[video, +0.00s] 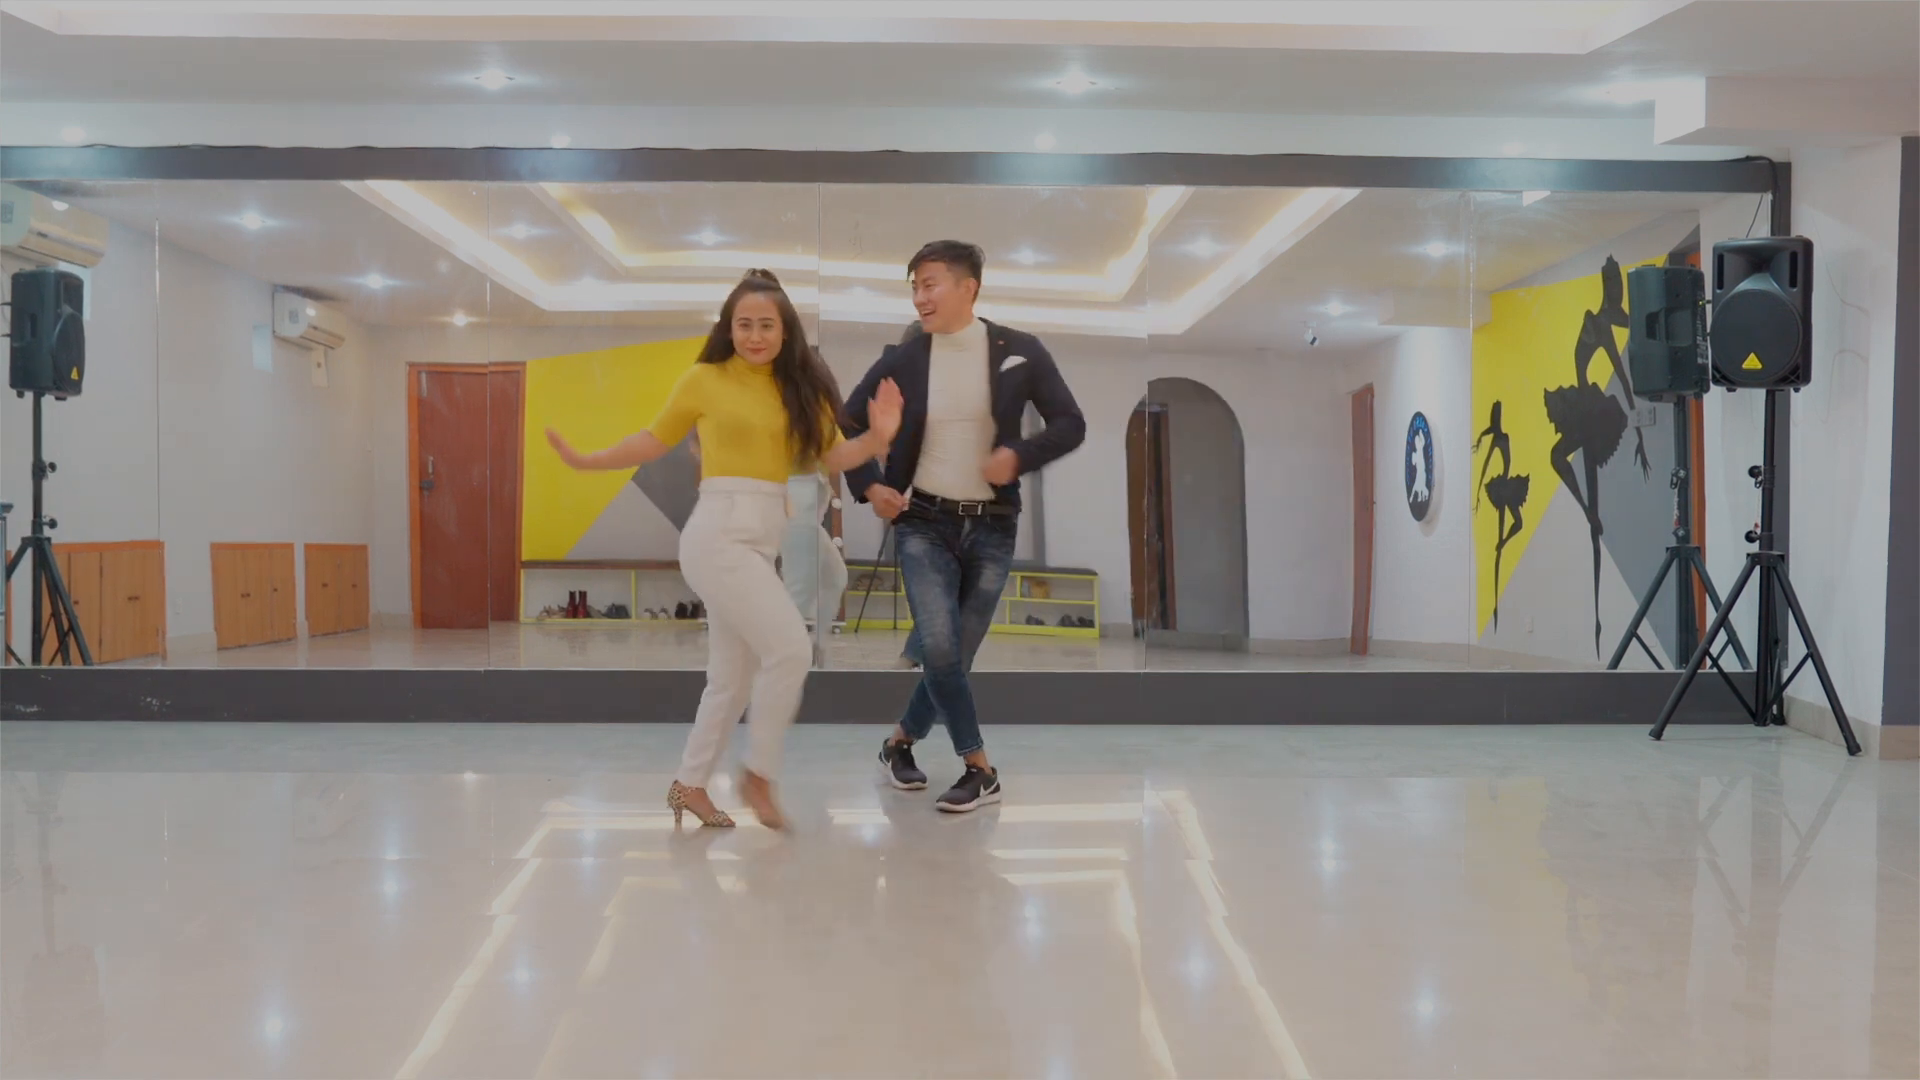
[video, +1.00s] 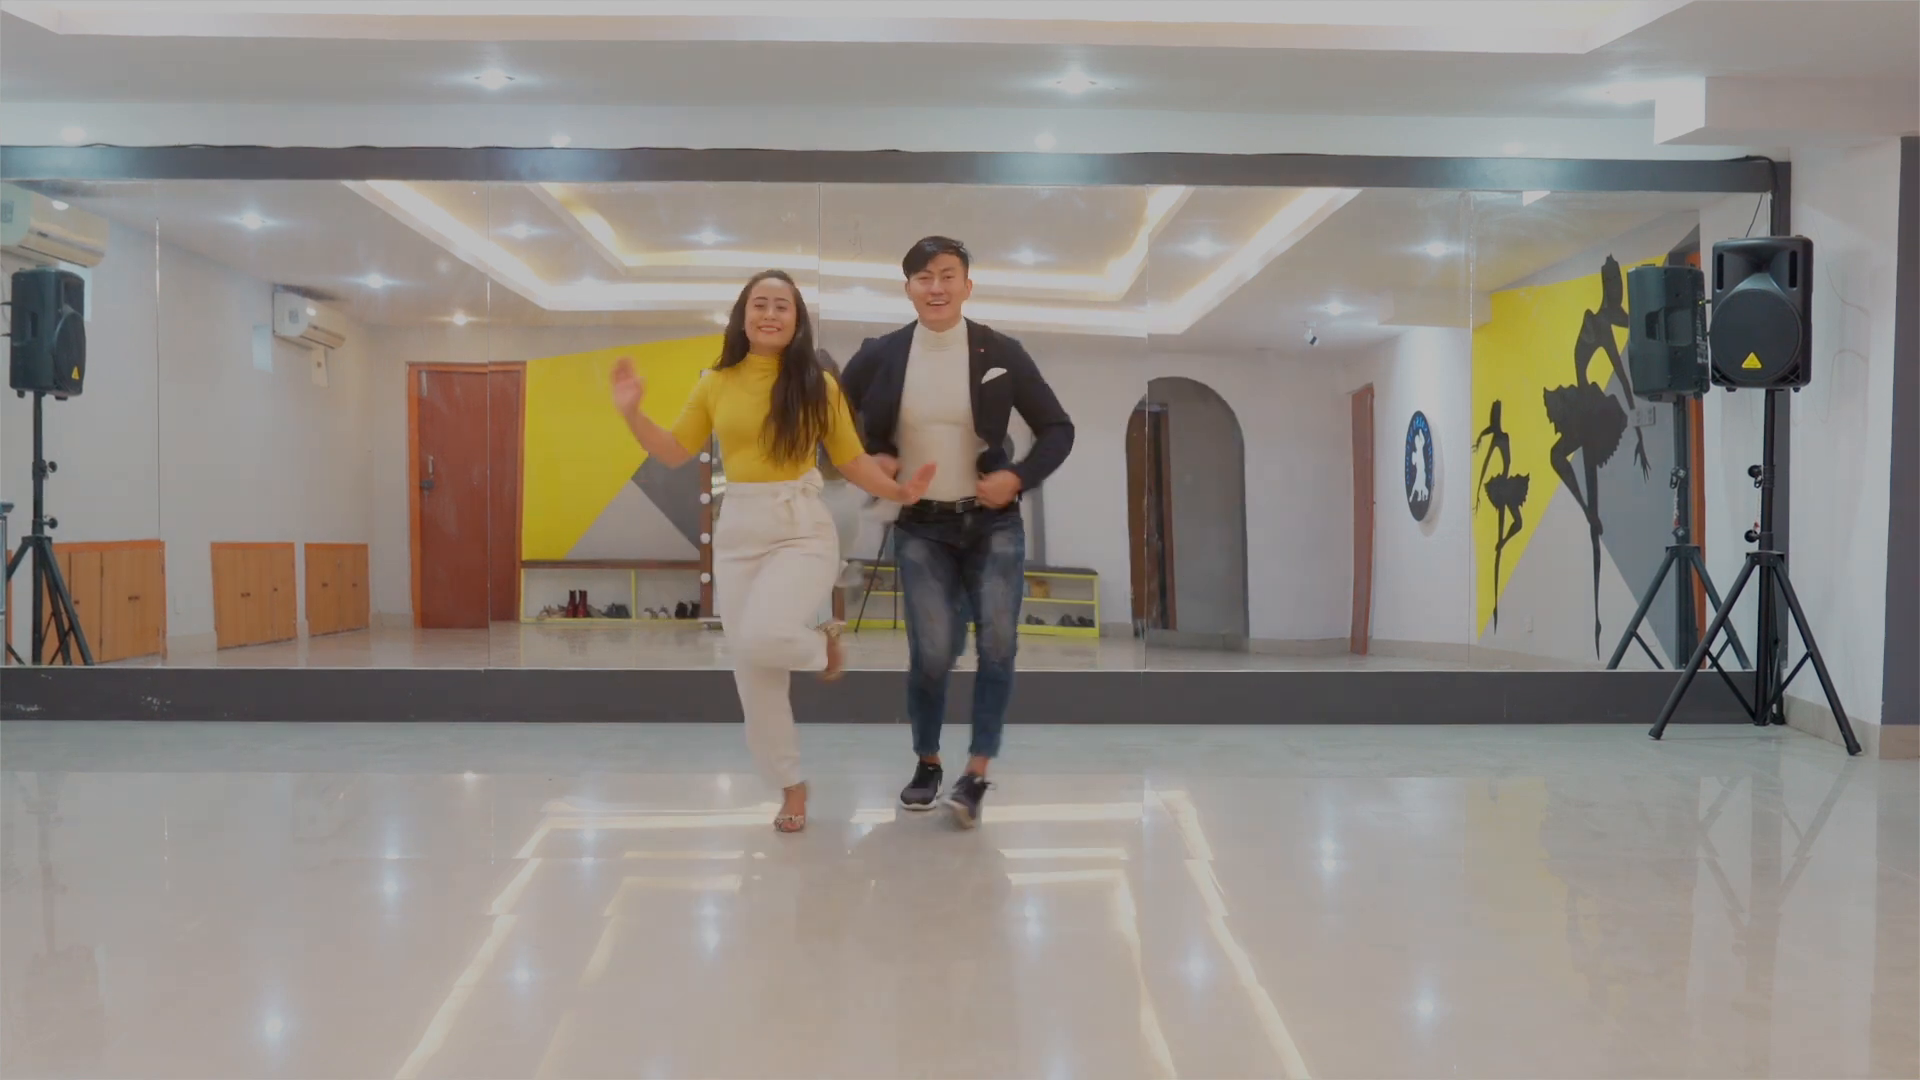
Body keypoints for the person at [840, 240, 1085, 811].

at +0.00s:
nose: (920, 298)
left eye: (931, 285)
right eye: (915, 288)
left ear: (969, 288)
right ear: (914, 294)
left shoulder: (1020, 353)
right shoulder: (903, 359)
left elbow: (1071, 426)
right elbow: (847, 426)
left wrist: (1021, 456)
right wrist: (868, 486)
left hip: (992, 524)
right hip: (921, 519)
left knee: (956, 655)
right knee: (938, 648)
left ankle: (901, 742)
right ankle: (979, 768)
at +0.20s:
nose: (917, 295)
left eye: (929, 283)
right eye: (909, 286)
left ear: (958, 288)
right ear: (900, 294)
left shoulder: (997, 349)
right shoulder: (890, 356)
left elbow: (1033, 419)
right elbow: (864, 434)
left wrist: (970, 455)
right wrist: (870, 485)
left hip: (988, 524)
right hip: (918, 520)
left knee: (949, 653)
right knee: (936, 647)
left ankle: (897, 745)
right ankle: (975, 765)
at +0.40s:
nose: (921, 286)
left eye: (934, 274)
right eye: (911, 276)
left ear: (959, 280)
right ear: (900, 285)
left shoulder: (999, 348)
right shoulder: (898, 354)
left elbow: (1061, 420)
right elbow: (873, 437)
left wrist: (1021, 485)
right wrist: (883, 426)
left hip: (983, 519)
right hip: (916, 517)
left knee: (968, 652)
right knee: (923, 654)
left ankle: (978, 709)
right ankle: (971, 767)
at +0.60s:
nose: (938, 277)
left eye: (949, 266)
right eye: (927, 268)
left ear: (971, 273)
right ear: (912, 278)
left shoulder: (1013, 336)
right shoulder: (890, 352)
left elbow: (1061, 409)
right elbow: (859, 438)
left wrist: (1028, 438)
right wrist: (892, 478)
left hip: (978, 509)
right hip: (912, 514)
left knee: (962, 622)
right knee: (914, 649)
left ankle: (956, 769)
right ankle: (974, 763)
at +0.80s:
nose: (940, 283)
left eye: (952, 272)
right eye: (929, 273)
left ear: (973, 280)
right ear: (913, 283)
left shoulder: (1003, 349)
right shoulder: (879, 353)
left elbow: (1056, 416)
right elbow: (831, 430)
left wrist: (991, 439)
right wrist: (854, 480)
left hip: (994, 518)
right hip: (918, 522)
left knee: (983, 654)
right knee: (915, 668)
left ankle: (946, 780)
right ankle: (961, 746)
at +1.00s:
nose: (936, 287)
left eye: (947, 276)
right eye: (925, 278)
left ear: (968, 284)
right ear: (908, 287)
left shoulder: (1001, 355)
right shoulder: (876, 358)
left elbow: (1059, 430)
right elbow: (832, 430)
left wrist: (1019, 477)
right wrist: (864, 462)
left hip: (993, 524)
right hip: (920, 524)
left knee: (997, 648)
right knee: (933, 652)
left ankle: (977, 772)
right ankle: (926, 763)